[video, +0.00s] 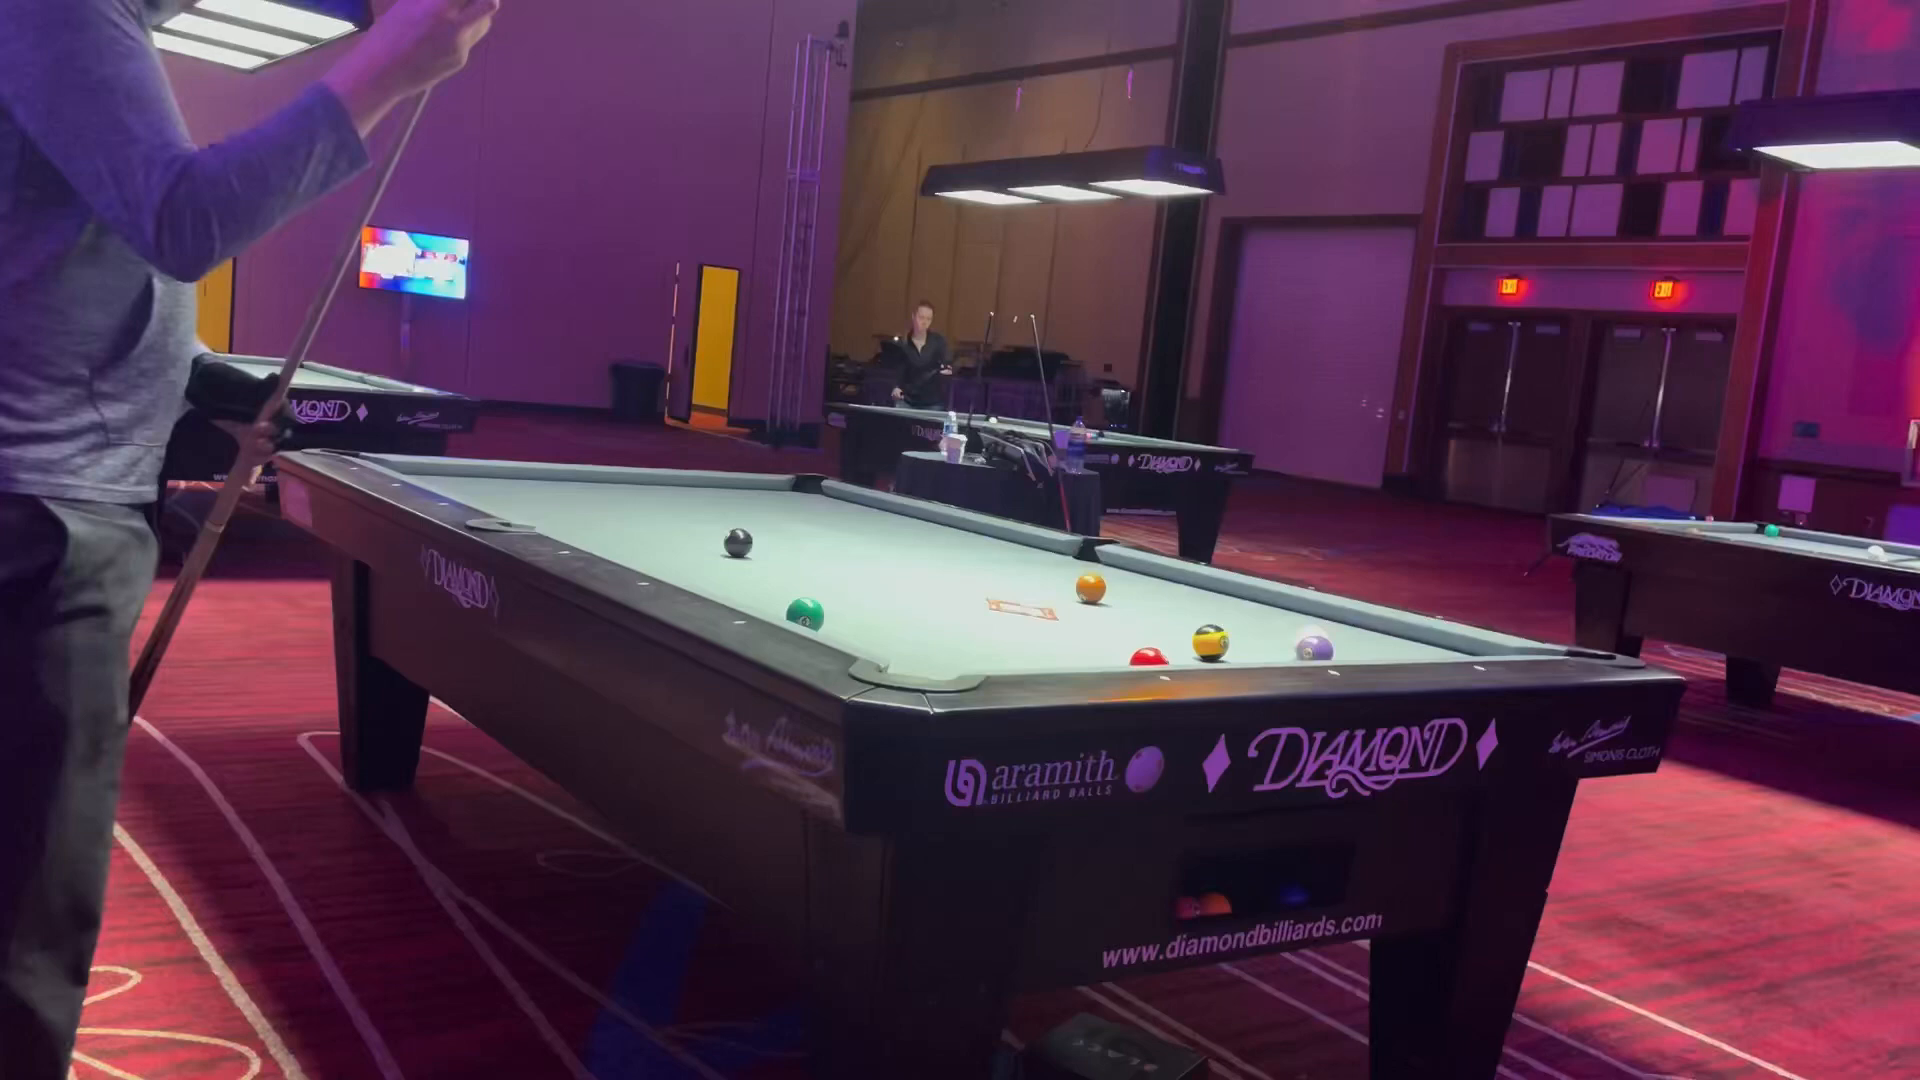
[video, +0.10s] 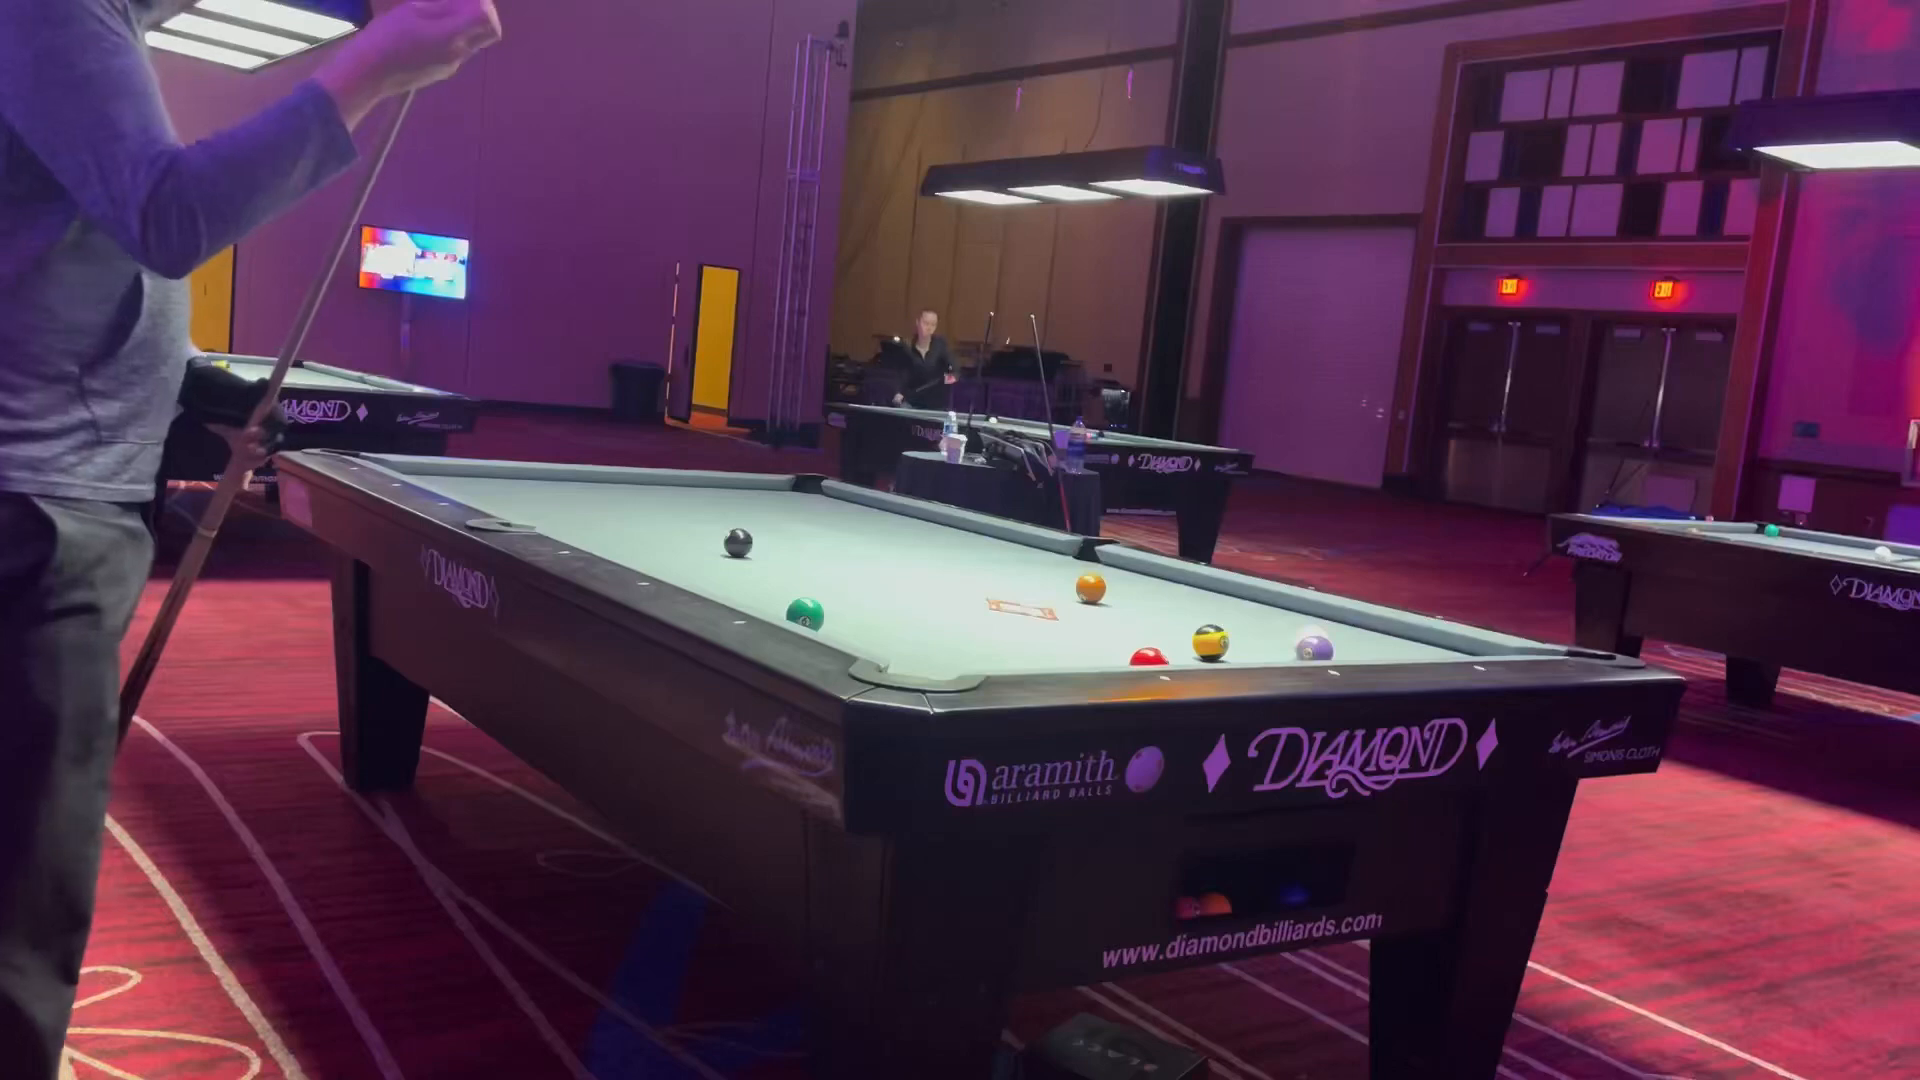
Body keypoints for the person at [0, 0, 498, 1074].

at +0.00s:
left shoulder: (88, 25)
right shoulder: (57, 20)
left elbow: (86, 276)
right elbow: (180, 219)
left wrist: (230, 398)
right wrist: (391, 60)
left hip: (78, 509)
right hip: (51, 518)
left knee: (47, 901)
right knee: (43, 915)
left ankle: (41, 1046)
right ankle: (36, 1055)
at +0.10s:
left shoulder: (72, 26)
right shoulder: (49, 20)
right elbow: (166, 218)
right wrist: (371, 61)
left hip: (67, 506)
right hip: (46, 514)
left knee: (40, 883)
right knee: (36, 905)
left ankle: (31, 1046)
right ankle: (26, 1055)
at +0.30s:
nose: (192, 0)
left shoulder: (86, 32)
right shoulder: (44, 24)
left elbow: (82, 276)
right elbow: (139, 211)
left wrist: (217, 391)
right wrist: (344, 54)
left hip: (70, 501)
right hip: (38, 509)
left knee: (45, 832)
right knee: (34, 851)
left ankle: (27, 1038)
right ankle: (18, 1048)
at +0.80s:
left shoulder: (107, 31)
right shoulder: (36, 19)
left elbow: (98, 239)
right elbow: (13, 205)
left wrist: (227, 355)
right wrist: (251, 228)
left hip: (79, 498)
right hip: (32, 500)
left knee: (35, 814)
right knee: (20, 828)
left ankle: (18, 1031)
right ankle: (12, 1043)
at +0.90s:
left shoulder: (110, 22)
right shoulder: (36, 15)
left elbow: (86, 242)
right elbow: (11, 233)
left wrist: (219, 335)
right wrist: (201, 327)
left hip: (72, 495)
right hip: (29, 502)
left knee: (33, 799)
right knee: (22, 811)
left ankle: (20, 1033)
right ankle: (14, 1041)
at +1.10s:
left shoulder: (120, 26)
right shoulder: (40, 20)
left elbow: (104, 249)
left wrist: (262, 318)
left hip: (79, 505)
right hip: (35, 505)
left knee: (28, 850)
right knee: (19, 858)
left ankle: (18, 1041)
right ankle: (16, 1045)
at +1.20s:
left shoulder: (117, 24)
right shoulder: (31, 21)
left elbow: (105, 246)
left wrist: (278, 303)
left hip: (86, 507)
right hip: (30, 511)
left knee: (37, 818)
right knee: (20, 833)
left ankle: (16, 1037)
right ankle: (12, 1045)